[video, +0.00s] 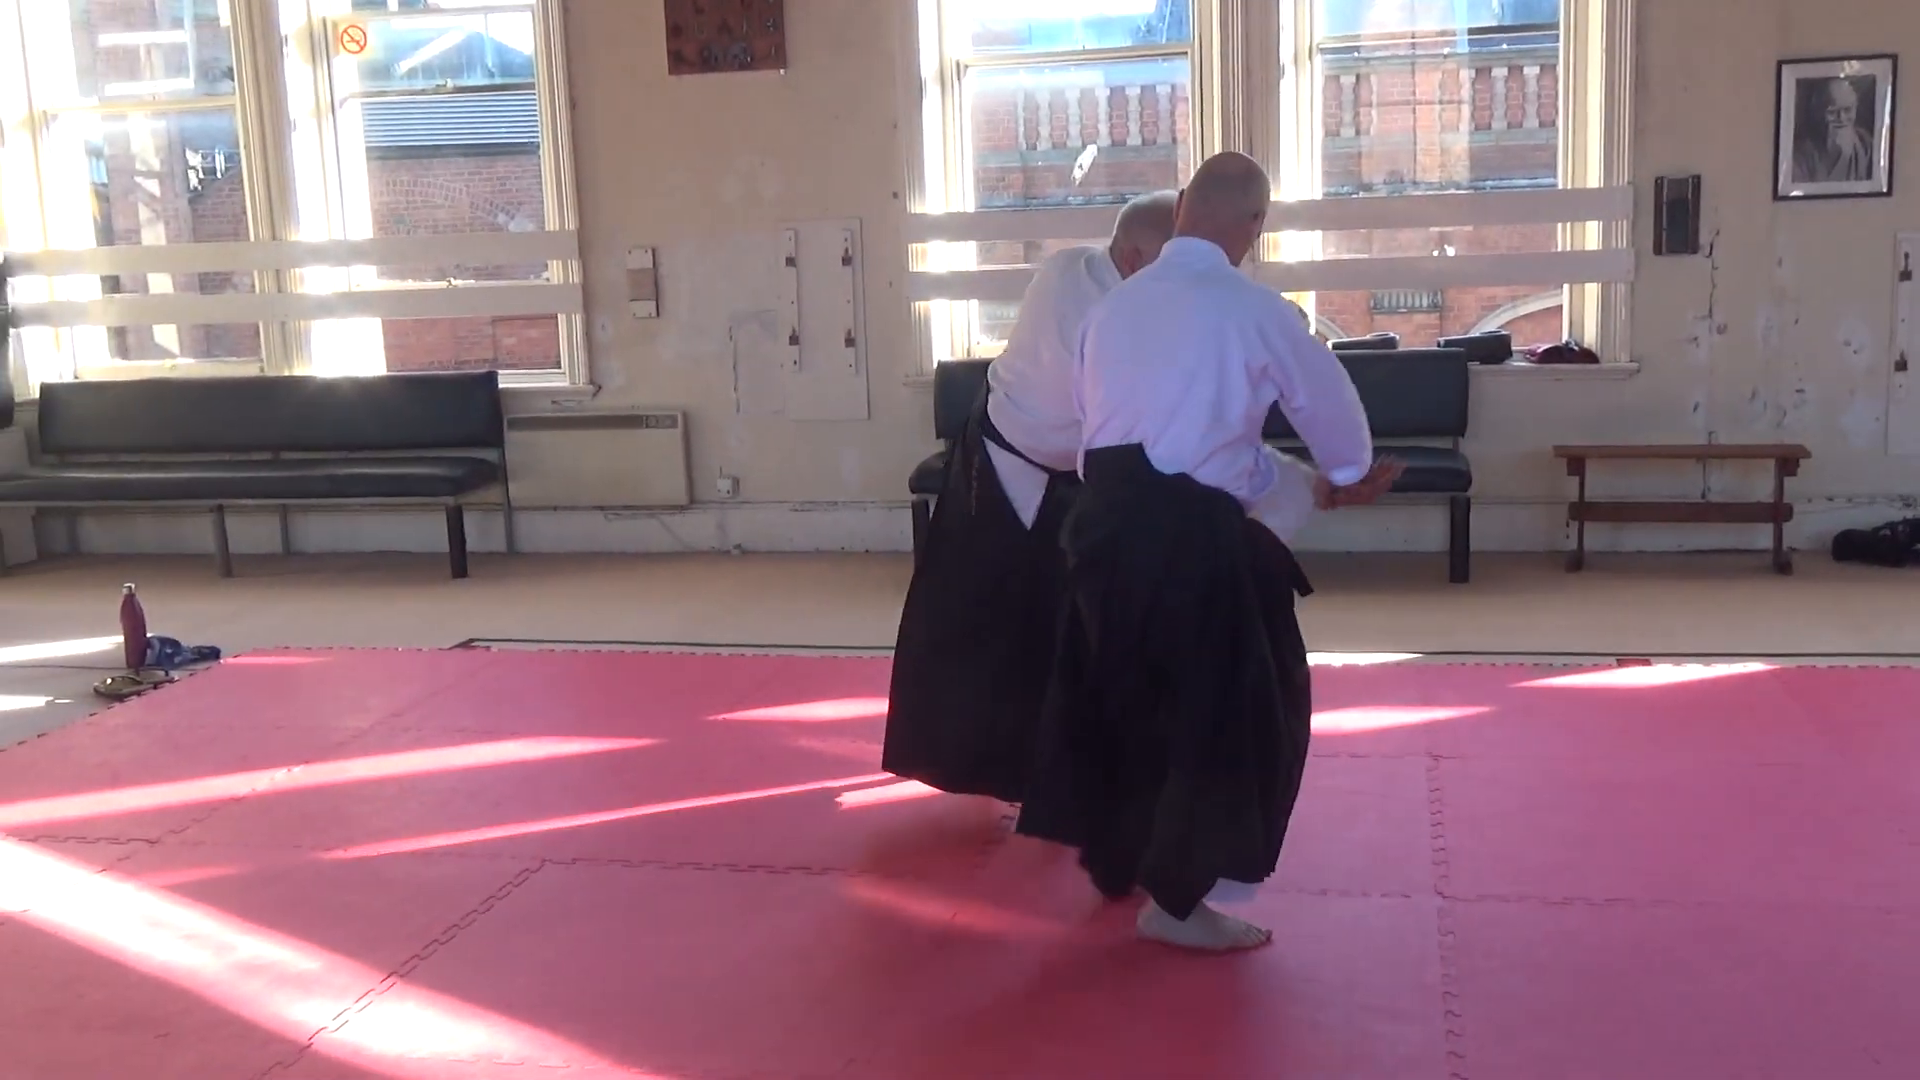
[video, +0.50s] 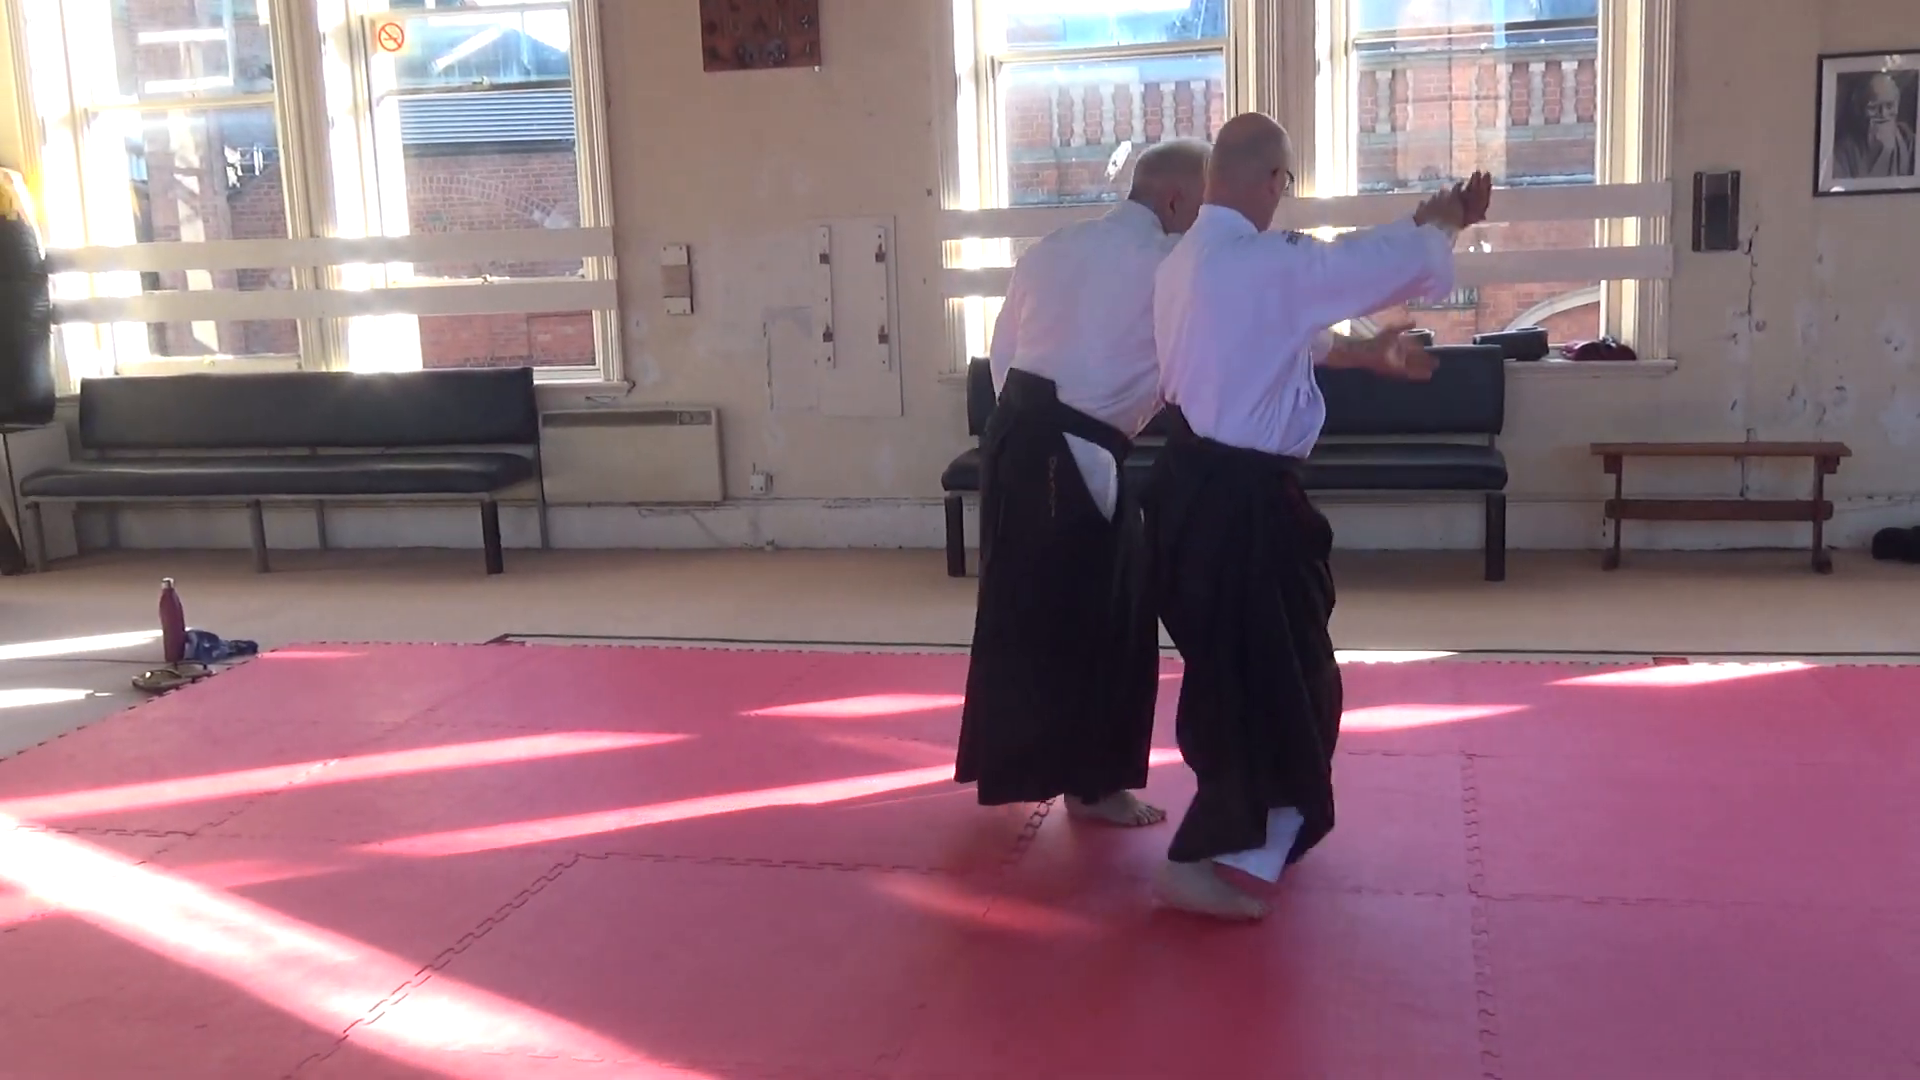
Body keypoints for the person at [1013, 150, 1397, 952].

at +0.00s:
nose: (1258, 237)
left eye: (1259, 225)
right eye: (1261, 226)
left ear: (1178, 212)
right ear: (1253, 227)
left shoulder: (1108, 312)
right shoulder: (1259, 312)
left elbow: (1096, 429)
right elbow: (1340, 427)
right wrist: (1348, 478)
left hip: (1098, 521)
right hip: (1199, 532)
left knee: (1127, 687)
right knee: (1245, 703)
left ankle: (1120, 853)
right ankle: (1179, 897)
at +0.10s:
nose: (1272, 238)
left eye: (1267, 227)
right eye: (1274, 228)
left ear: (1192, 218)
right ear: (1263, 229)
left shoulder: (1129, 310)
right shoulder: (1269, 306)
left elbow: (1113, 425)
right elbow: (1370, 396)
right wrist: (1394, 423)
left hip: (1123, 519)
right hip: (1217, 528)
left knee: (1186, 681)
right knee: (1267, 704)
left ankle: (1177, 823)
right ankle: (1189, 903)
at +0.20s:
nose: (1278, 242)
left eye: (1278, 230)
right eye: (1279, 230)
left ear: (1199, 221)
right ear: (1268, 231)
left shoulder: (1145, 316)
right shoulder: (1274, 309)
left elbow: (1141, 424)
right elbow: (1403, 360)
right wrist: (1435, 350)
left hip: (1145, 521)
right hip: (1228, 533)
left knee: (1209, 673)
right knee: (1276, 709)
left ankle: (1193, 811)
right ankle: (1204, 901)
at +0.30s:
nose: (1284, 239)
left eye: (1285, 225)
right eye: (1283, 225)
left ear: (1211, 216)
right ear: (1266, 224)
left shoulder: (1159, 315)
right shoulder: (1272, 300)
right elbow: (1376, 310)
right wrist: (1440, 296)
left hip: (1163, 519)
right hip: (1234, 531)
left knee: (1211, 677)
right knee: (1284, 708)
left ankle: (1205, 815)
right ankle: (1216, 899)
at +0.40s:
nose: (1288, 217)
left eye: (1287, 204)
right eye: (1288, 205)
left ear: (1214, 197)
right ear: (1272, 206)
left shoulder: (1175, 288)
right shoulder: (1268, 280)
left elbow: (1231, 389)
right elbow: (1369, 286)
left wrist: (1332, 426)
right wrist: (1444, 253)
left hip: (1179, 502)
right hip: (1240, 514)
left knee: (1235, 676)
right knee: (1282, 694)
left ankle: (1214, 819)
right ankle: (1217, 887)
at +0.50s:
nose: (1286, 193)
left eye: (1282, 180)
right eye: (1286, 181)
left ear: (1210, 176)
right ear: (1272, 182)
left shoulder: (1176, 266)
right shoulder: (1270, 268)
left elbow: (1261, 342)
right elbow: (1376, 260)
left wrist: (1368, 354)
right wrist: (1449, 216)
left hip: (1185, 485)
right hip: (1249, 495)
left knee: (1225, 670)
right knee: (1294, 677)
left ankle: (1208, 847)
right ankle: (1222, 857)